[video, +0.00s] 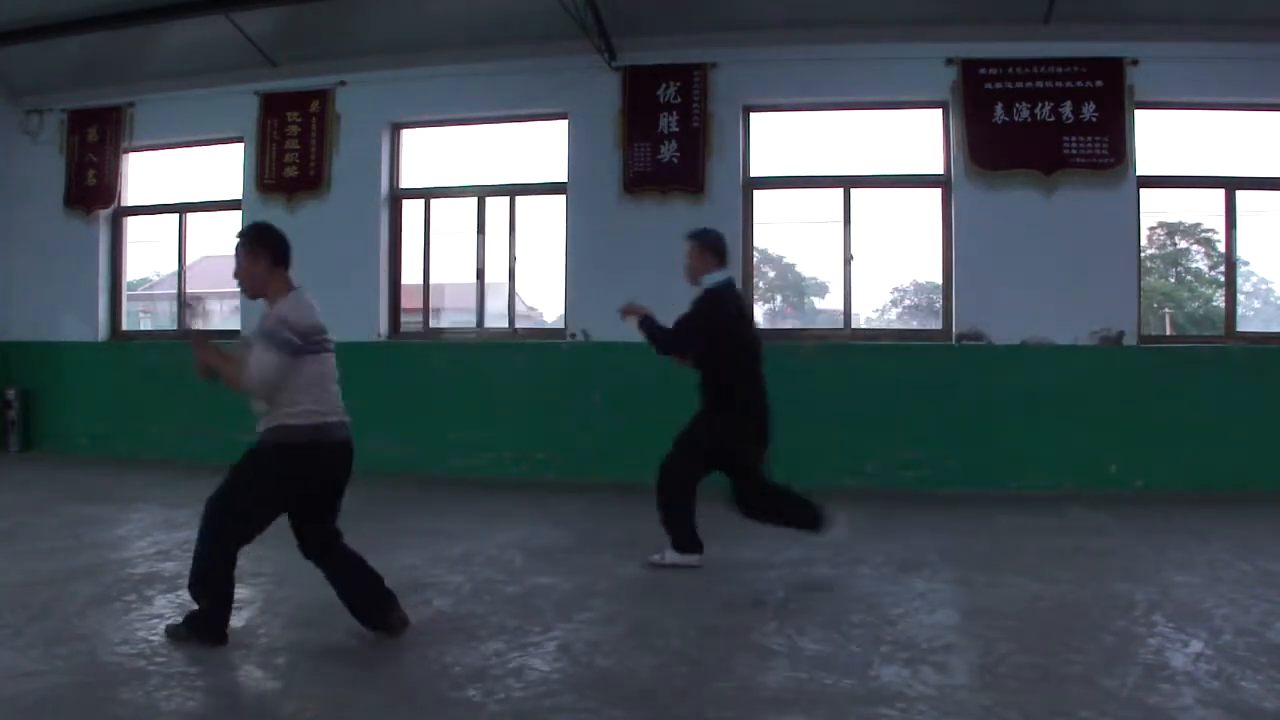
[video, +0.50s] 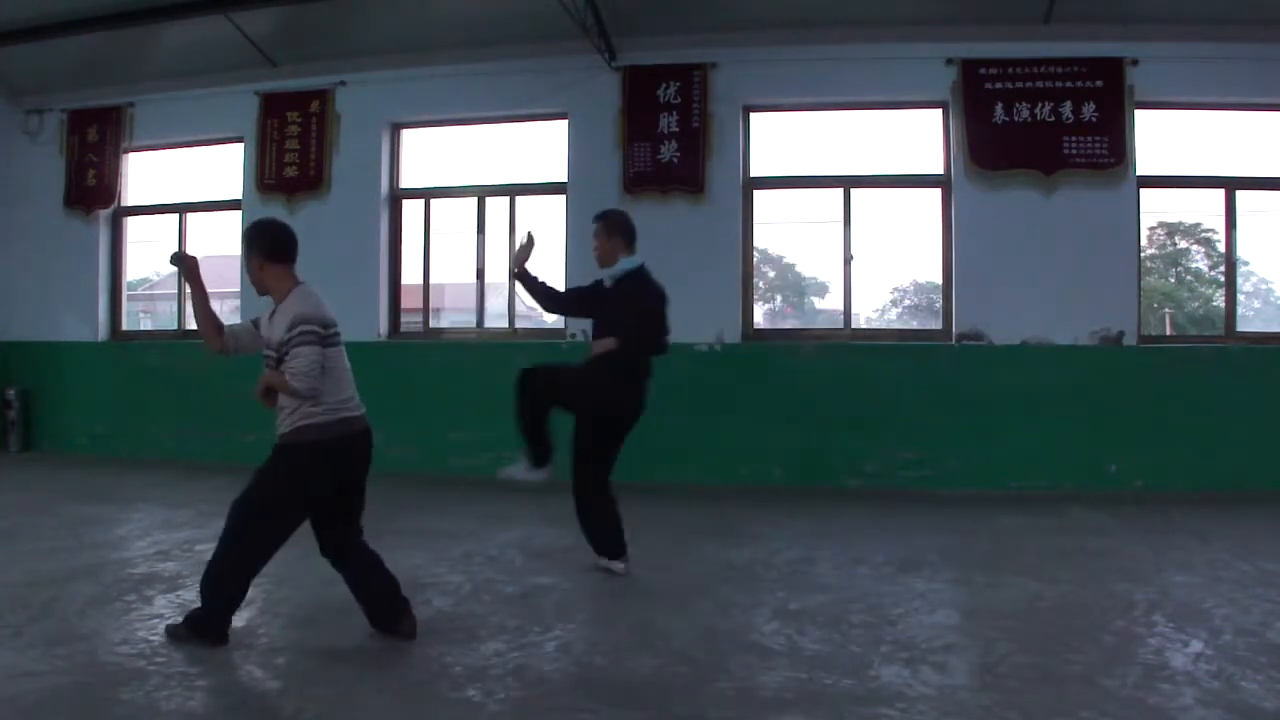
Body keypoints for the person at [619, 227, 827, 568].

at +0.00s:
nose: (686, 263)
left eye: (690, 255)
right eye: (687, 255)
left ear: (706, 258)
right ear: (714, 259)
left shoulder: (713, 301)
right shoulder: (731, 300)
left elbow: (673, 344)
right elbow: (700, 347)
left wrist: (643, 319)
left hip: (724, 415)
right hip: (746, 414)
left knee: (675, 473)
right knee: (749, 495)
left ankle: (685, 548)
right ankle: (817, 519)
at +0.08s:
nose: (657, 247)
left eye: (661, 239)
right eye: (658, 238)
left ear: (677, 240)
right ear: (684, 241)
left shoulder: (700, 284)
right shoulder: (698, 281)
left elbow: (694, 345)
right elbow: (695, 343)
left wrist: (660, 329)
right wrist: (661, 329)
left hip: (709, 397)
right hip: (707, 394)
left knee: (662, 456)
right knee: (668, 457)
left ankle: (684, 546)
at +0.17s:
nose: (642, 236)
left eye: (646, 228)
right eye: (643, 229)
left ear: (662, 230)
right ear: (669, 230)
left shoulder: (690, 269)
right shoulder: (671, 278)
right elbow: (647, 327)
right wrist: (628, 297)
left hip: (691, 376)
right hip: (691, 376)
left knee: (620, 387)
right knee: (675, 452)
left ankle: (649, 453)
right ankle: (678, 535)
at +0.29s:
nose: (618, 230)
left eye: (623, 223)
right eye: (619, 223)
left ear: (641, 224)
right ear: (639, 225)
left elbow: (713, 311)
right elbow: (585, 286)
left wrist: (671, 321)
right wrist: (551, 256)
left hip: (671, 368)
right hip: (642, 365)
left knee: (595, 326)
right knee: (641, 447)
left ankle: (620, 400)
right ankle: (628, 538)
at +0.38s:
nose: (608, 238)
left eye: (613, 230)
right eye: (609, 230)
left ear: (631, 233)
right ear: (627, 232)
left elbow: (688, 329)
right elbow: (571, 296)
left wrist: (646, 332)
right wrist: (536, 265)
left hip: (645, 380)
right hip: (618, 375)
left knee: (562, 345)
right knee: (609, 461)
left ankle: (580, 420)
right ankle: (615, 549)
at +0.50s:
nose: (593, 246)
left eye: (598, 238)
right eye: (594, 239)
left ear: (617, 241)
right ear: (614, 243)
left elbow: (656, 342)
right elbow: (557, 303)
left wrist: (619, 343)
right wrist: (521, 271)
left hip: (620, 389)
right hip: (601, 387)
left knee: (534, 380)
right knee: (590, 474)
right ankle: (613, 555)